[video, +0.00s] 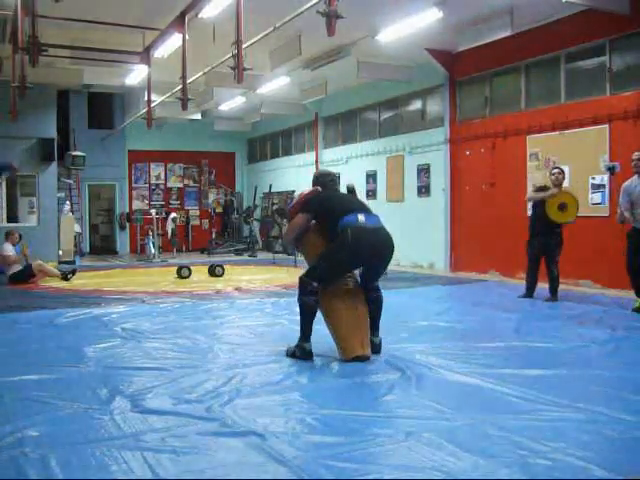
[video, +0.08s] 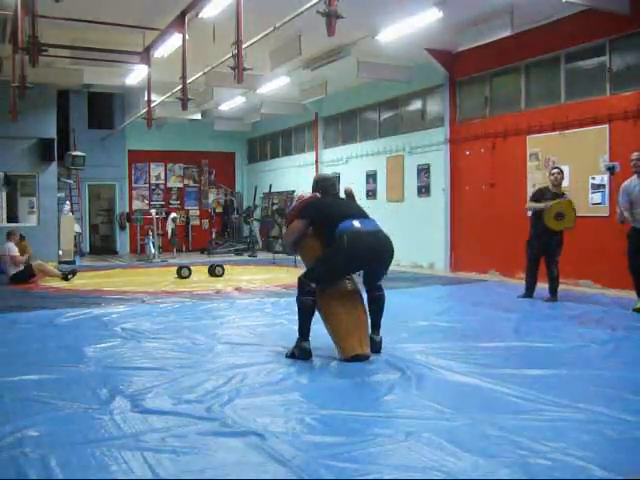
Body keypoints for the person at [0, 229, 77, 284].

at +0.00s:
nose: (17, 240)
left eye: (17, 238)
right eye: (15, 237)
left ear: (17, 239)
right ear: (9, 237)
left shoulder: (12, 248)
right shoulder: (6, 246)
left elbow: (14, 261)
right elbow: (9, 261)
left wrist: (24, 256)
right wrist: (21, 255)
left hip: (19, 274)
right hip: (14, 276)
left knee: (45, 270)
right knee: (39, 264)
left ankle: (64, 274)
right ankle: (62, 275)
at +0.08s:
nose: (18, 238)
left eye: (18, 236)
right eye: (17, 236)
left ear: (11, 236)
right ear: (12, 237)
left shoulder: (8, 246)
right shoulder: (10, 246)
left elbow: (15, 261)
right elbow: (17, 261)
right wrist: (26, 255)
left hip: (17, 275)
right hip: (15, 276)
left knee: (42, 268)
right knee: (39, 265)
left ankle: (63, 275)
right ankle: (63, 275)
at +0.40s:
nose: (24, 242)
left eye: (24, 240)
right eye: (24, 240)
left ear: (14, 238)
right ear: (21, 239)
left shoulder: (4, 246)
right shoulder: (20, 249)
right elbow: (25, 264)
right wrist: (28, 255)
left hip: (10, 277)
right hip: (17, 276)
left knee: (40, 266)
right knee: (40, 265)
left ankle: (63, 274)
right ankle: (63, 275)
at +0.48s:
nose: (21, 240)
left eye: (21, 238)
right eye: (21, 238)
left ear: (11, 237)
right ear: (19, 238)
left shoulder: (3, 246)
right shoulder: (17, 248)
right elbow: (23, 264)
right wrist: (27, 256)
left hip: (9, 276)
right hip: (15, 276)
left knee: (40, 265)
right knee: (41, 265)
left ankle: (63, 274)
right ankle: (63, 275)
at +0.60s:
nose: (18, 240)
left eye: (18, 238)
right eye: (18, 238)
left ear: (9, 237)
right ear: (15, 238)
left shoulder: (5, 246)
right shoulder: (11, 247)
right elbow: (18, 262)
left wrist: (25, 257)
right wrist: (27, 256)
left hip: (11, 275)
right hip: (14, 276)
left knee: (40, 266)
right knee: (40, 265)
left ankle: (63, 274)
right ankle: (63, 275)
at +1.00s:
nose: (15, 240)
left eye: (16, 238)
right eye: (13, 238)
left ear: (20, 238)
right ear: (10, 239)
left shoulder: (23, 249)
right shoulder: (6, 249)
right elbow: (2, 258)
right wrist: (6, 254)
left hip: (24, 273)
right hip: (13, 275)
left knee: (45, 269)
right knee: (39, 264)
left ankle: (63, 274)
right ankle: (61, 275)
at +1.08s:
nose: (14, 239)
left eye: (16, 237)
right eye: (12, 237)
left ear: (19, 238)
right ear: (9, 238)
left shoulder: (21, 247)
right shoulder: (6, 248)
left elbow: (28, 258)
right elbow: (2, 258)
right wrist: (8, 254)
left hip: (23, 272)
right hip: (13, 275)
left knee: (46, 269)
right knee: (39, 264)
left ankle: (63, 274)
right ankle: (61, 275)